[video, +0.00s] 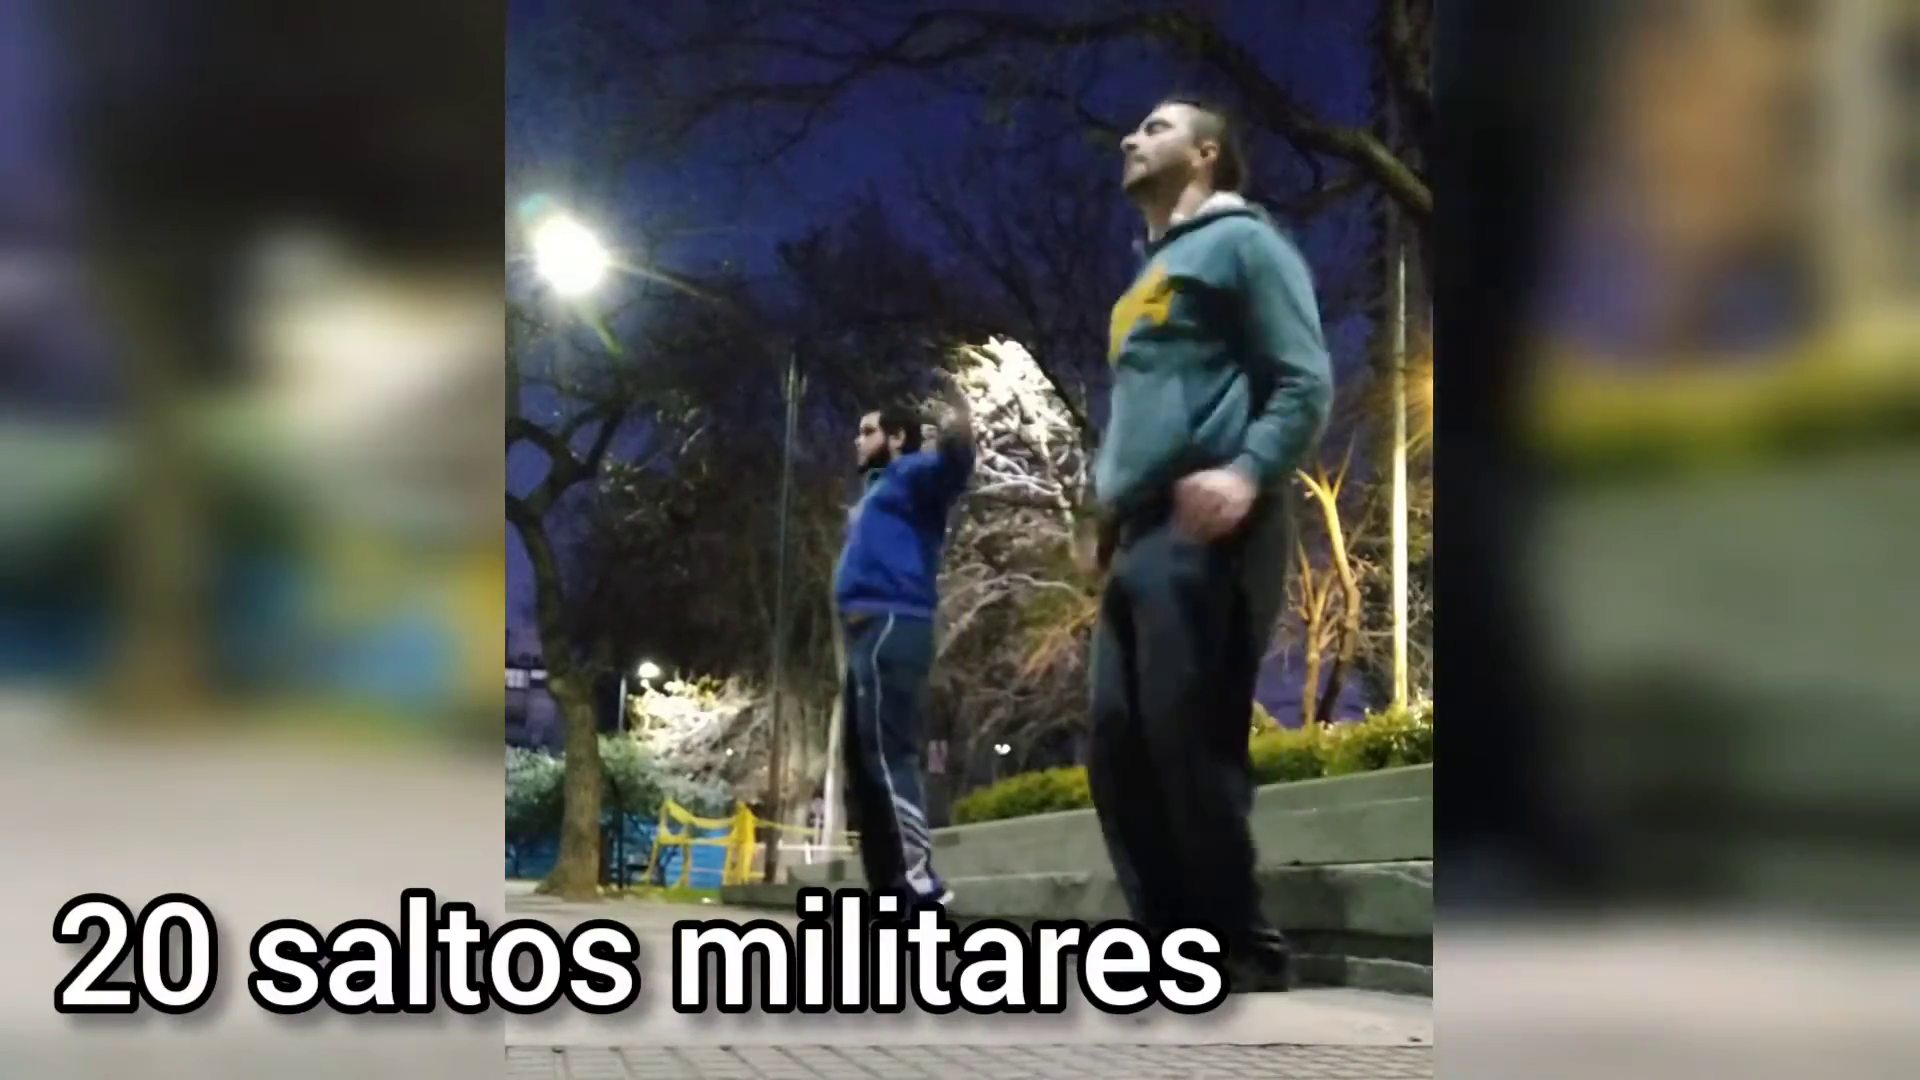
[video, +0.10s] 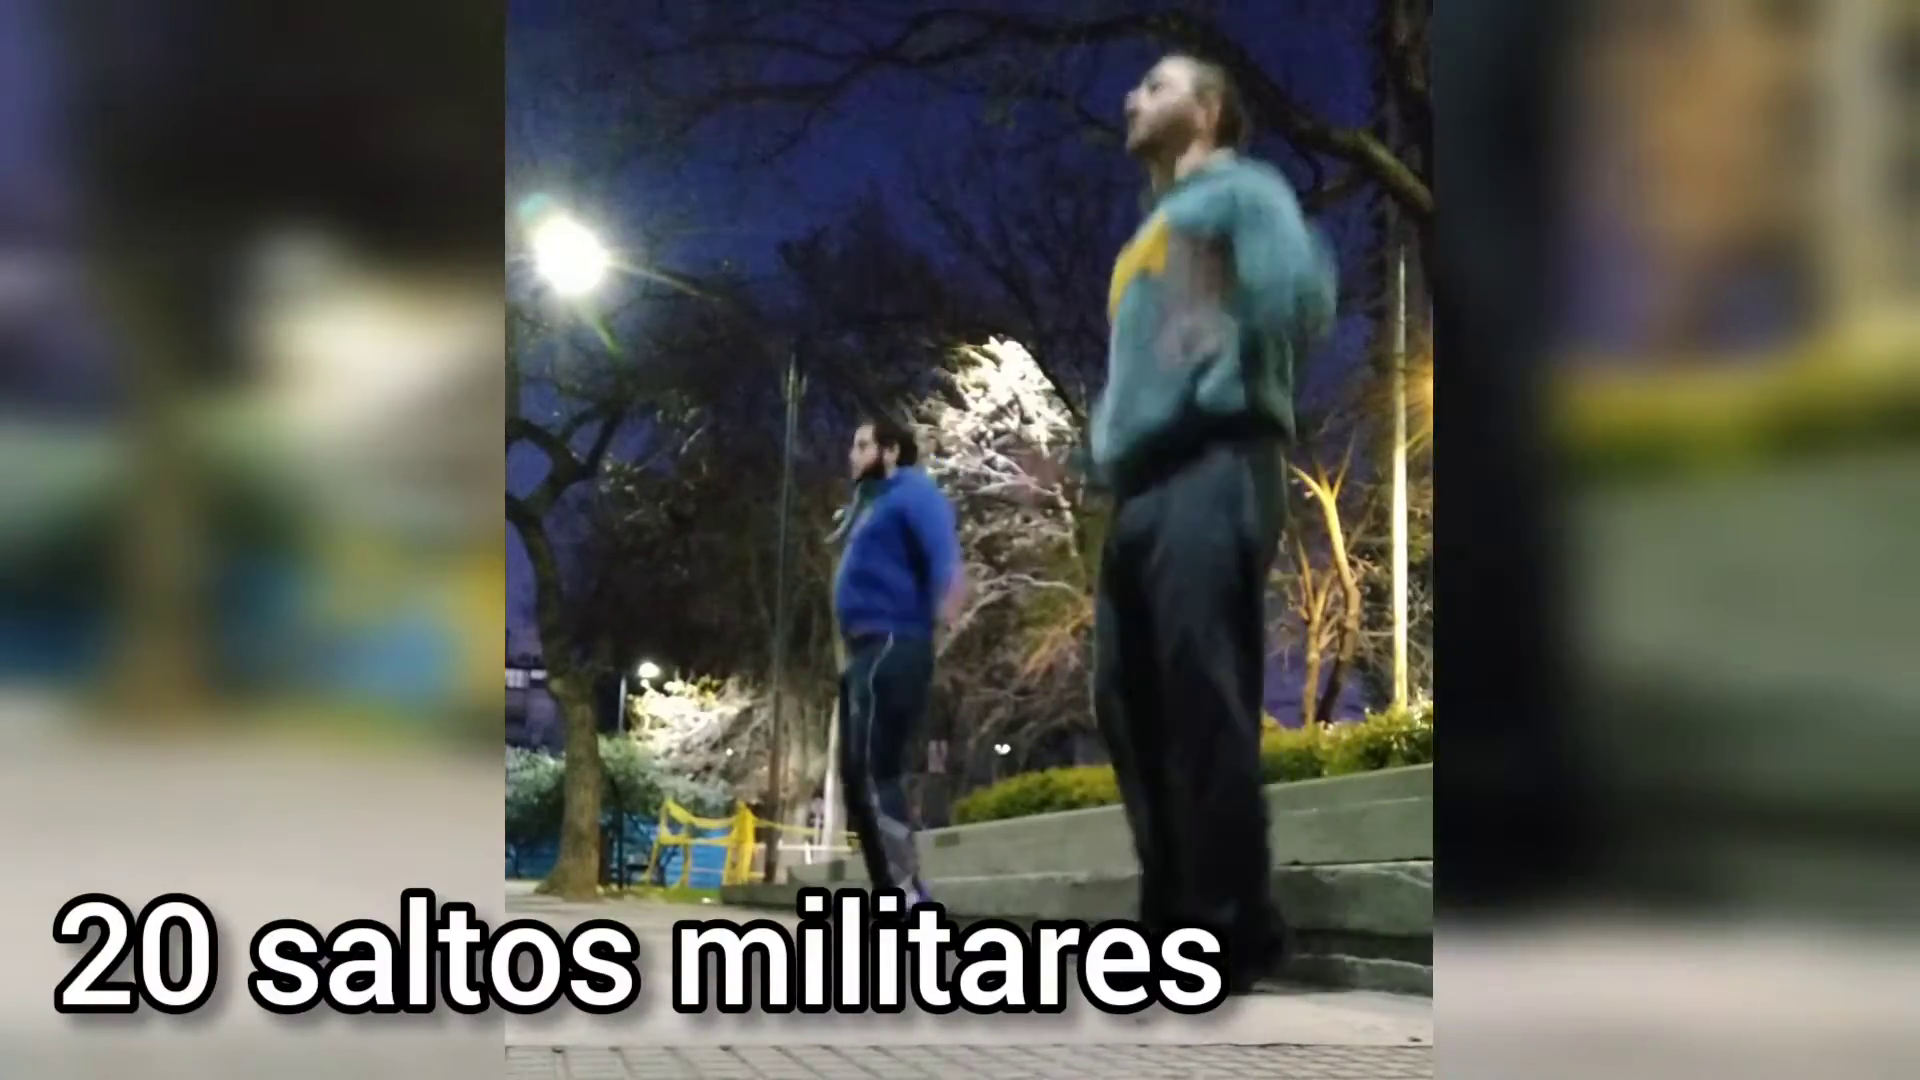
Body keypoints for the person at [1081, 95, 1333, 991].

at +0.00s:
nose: (1132, 138)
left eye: (1155, 126)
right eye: (1133, 129)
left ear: (1205, 152)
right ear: (1150, 164)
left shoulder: (1244, 240)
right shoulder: (1155, 264)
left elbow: (1305, 382)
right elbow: (1151, 402)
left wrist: (1247, 470)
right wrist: (1116, 511)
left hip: (1205, 523)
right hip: (1137, 532)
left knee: (1191, 739)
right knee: (1118, 749)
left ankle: (1232, 950)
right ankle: (1173, 951)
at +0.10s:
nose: (1136, 97)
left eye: (1158, 82)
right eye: (1136, 87)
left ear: (1209, 110)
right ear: (1147, 124)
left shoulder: (1243, 187)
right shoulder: (1147, 229)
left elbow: (1295, 292)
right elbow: (1136, 356)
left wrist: (1251, 389)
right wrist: (1112, 443)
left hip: (1213, 467)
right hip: (1139, 483)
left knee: (1202, 691)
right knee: (1127, 700)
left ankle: (1234, 933)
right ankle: (1170, 929)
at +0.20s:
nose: (1133, 81)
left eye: (1155, 65)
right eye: (1138, 68)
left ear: (1208, 87)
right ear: (1162, 101)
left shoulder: (1237, 167)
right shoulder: (1143, 220)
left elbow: (1302, 165)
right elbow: (1115, 358)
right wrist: (1013, 342)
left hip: (1215, 429)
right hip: (1143, 452)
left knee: (1221, 660)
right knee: (1128, 684)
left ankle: (1270, 902)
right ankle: (1141, 909)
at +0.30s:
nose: (1134, 95)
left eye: (1155, 84)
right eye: (1138, 86)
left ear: (1209, 104)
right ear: (1161, 116)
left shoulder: (1233, 172)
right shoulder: (1134, 226)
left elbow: (1281, 62)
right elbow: (1089, 289)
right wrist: (1036, 200)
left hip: (1211, 444)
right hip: (1138, 465)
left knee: (1235, 669)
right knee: (1108, 717)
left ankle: (1319, 920)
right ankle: (1106, 934)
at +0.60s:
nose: (1129, 105)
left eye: (1151, 92)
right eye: (1132, 95)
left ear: (1204, 111)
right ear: (1141, 123)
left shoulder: (1228, 177)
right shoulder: (1125, 235)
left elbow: (1298, 57)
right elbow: (1085, 263)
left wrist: (1301, 7)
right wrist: (1035, 179)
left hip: (1199, 452)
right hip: (1127, 478)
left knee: (1220, 690)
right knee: (1096, 726)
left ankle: (1322, 933)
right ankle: (1092, 944)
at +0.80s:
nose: (1120, 91)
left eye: (1142, 76)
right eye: (1122, 79)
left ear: (1194, 100)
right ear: (1137, 110)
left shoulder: (1213, 169)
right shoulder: (1137, 207)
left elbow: (1319, 253)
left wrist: (1243, 325)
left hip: (1191, 448)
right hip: (1120, 464)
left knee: (1181, 688)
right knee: (1098, 705)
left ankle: (1220, 936)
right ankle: (1131, 928)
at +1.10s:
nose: (1135, 81)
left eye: (1159, 66)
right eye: (1137, 69)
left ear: (1211, 92)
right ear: (1147, 100)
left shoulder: (1234, 165)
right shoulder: (1141, 211)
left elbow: (1302, 198)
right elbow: (1129, 343)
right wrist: (1096, 407)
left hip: (1214, 430)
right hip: (1140, 448)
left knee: (1199, 673)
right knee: (1120, 688)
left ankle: (1218, 922)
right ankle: (1125, 922)